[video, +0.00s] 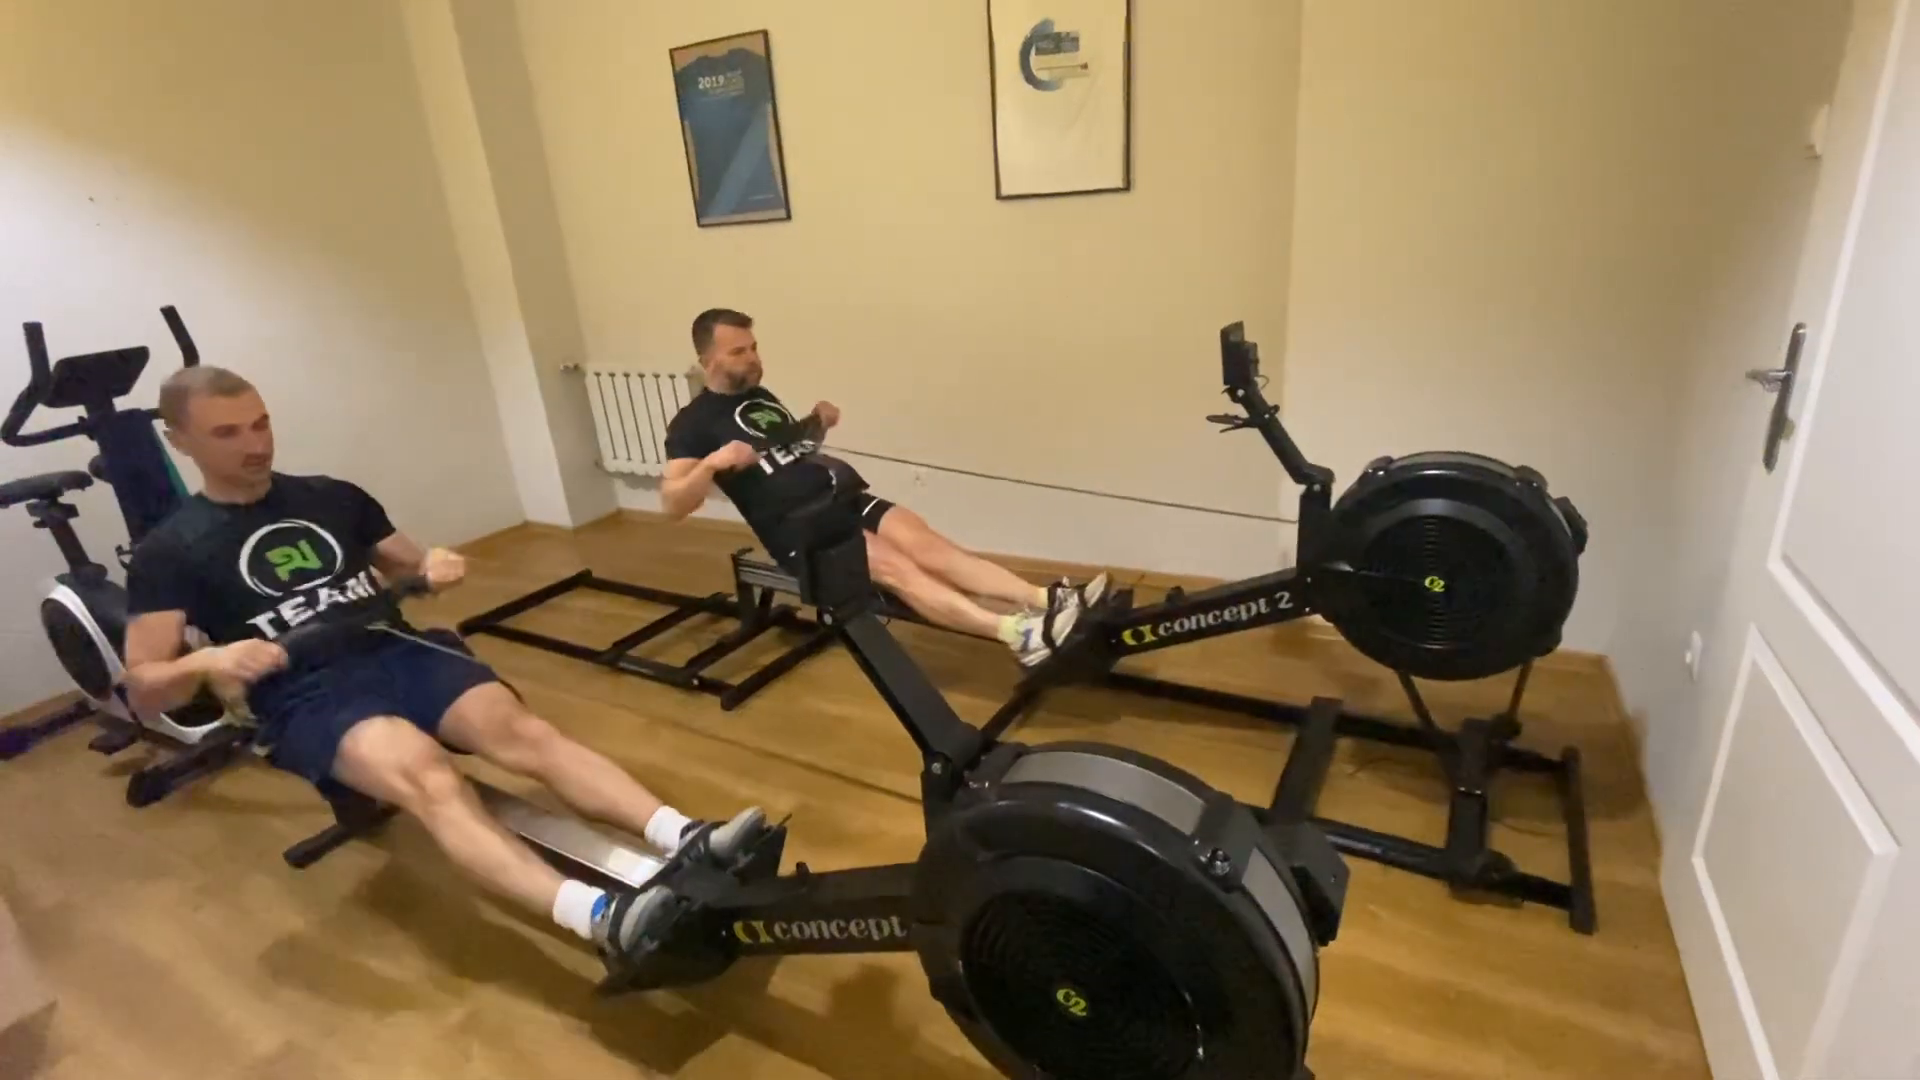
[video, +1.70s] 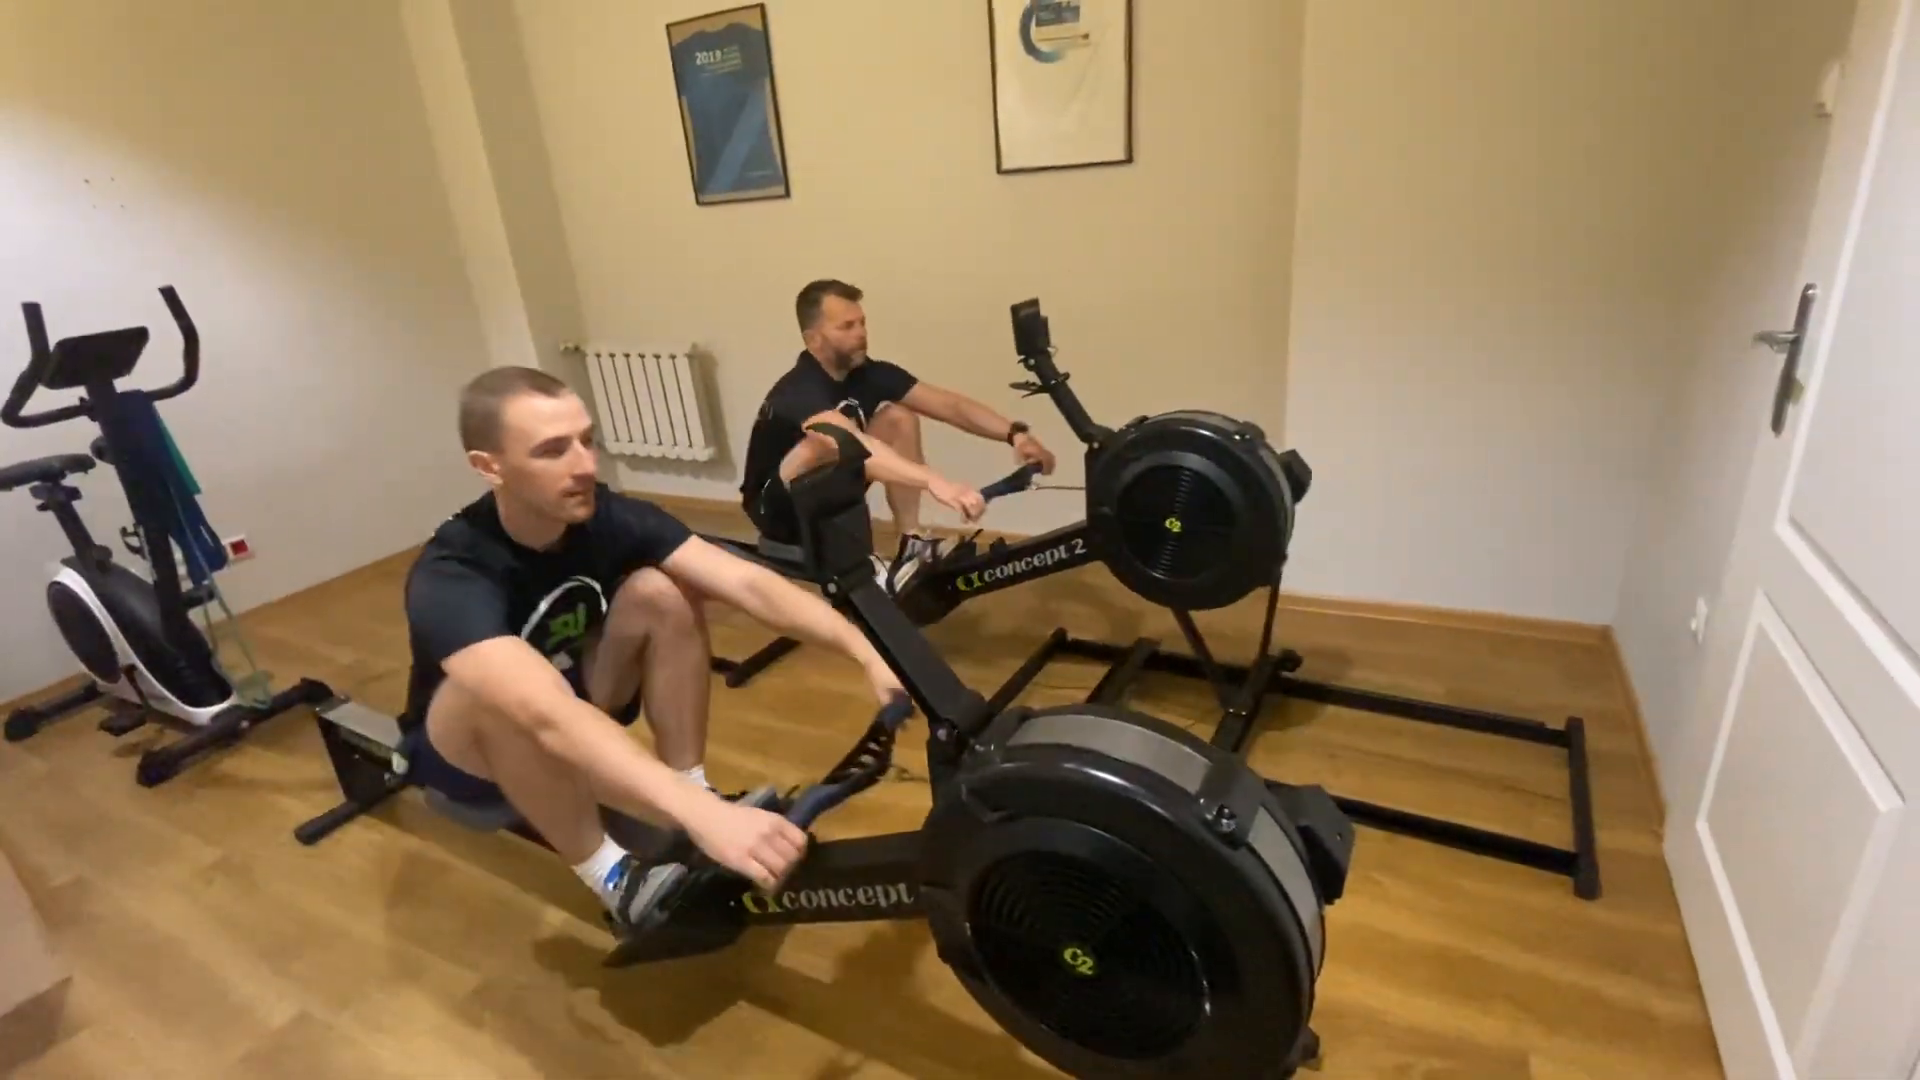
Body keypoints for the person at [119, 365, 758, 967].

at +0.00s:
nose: (254, 445)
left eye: (258, 425)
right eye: (229, 436)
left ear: (269, 417)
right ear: (185, 448)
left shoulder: (327, 497)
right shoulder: (170, 551)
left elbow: (398, 554)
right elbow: (145, 678)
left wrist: (430, 562)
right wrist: (205, 662)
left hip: (392, 646)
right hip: (305, 691)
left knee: (515, 725)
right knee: (428, 777)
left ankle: (688, 839)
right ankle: (604, 920)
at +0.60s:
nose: (294, 419)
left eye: (300, 399)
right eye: (268, 407)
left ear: (309, 396)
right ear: (217, 419)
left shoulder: (352, 479)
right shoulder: (202, 521)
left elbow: (452, 547)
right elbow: (174, 663)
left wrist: (508, 576)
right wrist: (287, 690)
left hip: (409, 653)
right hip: (314, 688)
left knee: (533, 697)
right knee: (432, 741)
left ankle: (690, 830)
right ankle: (602, 904)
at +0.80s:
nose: (346, 420)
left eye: (350, 398)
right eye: (319, 407)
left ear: (359, 395)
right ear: (265, 420)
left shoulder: (397, 477)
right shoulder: (242, 523)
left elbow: (513, 548)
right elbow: (245, 665)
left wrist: (582, 593)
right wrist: (359, 714)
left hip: (430, 640)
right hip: (342, 679)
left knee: (561, 664)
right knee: (445, 735)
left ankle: (690, 826)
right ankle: (608, 900)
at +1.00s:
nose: (394, 427)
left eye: (400, 406)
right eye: (366, 414)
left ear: (409, 402)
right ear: (314, 428)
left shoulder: (439, 481)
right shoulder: (282, 528)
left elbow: (563, 552)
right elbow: (307, 670)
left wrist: (644, 610)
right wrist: (436, 744)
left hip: (457, 649)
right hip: (363, 684)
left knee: (565, 636)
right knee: (445, 697)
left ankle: (691, 821)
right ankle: (610, 896)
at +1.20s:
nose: (454, 442)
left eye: (459, 418)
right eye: (425, 428)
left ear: (469, 412)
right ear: (369, 442)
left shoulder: (490, 490)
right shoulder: (333, 541)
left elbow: (616, 560)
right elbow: (382, 689)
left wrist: (712, 629)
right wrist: (517, 772)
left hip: (489, 666)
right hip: (391, 708)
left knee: (602, 613)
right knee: (456, 678)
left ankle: (693, 818)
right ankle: (612, 890)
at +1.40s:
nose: (518, 453)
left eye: (522, 428)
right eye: (489, 439)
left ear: (530, 422)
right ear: (430, 454)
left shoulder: (552, 501)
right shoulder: (392, 555)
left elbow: (683, 571)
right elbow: (456, 708)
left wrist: (790, 645)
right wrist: (606, 799)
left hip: (527, 689)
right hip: (428, 734)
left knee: (635, 602)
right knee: (478, 669)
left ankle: (689, 803)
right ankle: (617, 888)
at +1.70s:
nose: (585, 466)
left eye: (587, 441)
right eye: (553, 450)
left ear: (596, 438)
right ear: (489, 467)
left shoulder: (614, 519)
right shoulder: (451, 580)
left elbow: (749, 584)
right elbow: (553, 715)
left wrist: (868, 651)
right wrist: (706, 817)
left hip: (573, 725)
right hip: (472, 772)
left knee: (659, 593)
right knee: (508, 689)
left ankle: (691, 803)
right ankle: (615, 881)